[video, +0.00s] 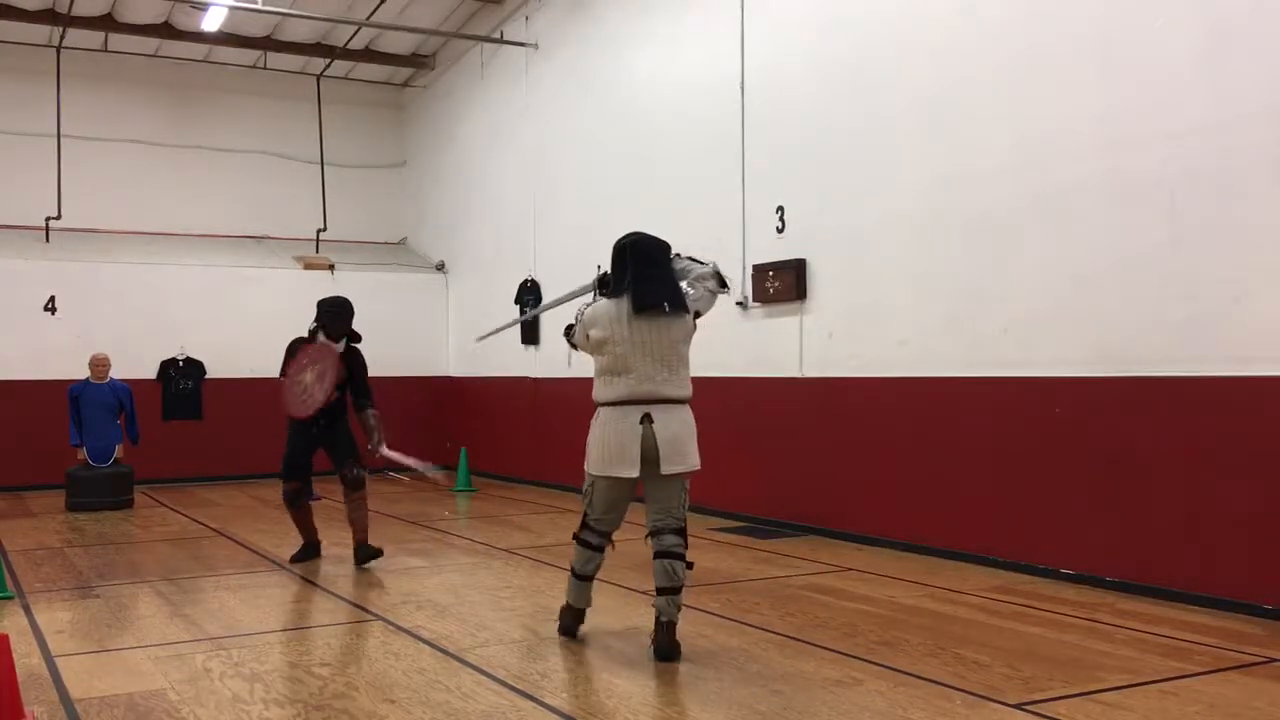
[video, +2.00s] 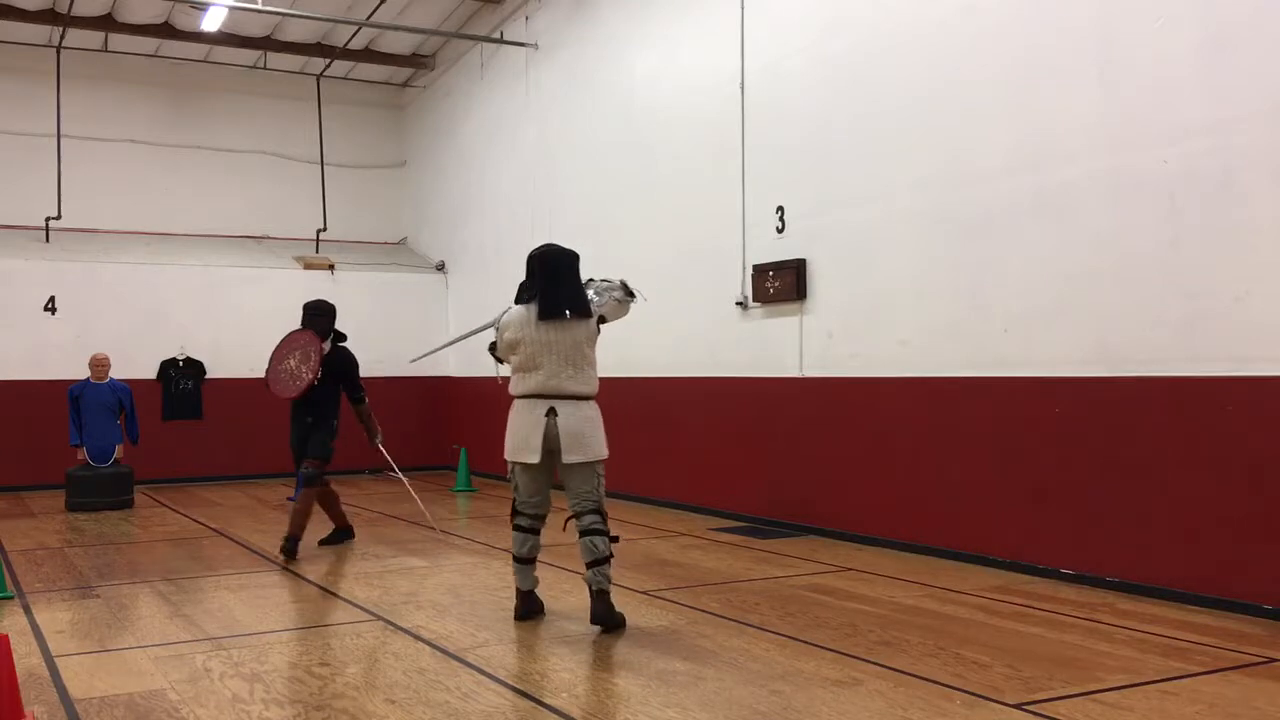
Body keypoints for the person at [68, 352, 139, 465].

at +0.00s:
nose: (100, 369)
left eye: (104, 366)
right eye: (97, 366)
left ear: (109, 367)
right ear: (90, 367)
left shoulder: (121, 389)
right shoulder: (77, 390)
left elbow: (130, 415)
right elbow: (74, 419)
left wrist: (133, 437)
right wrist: (78, 444)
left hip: (113, 444)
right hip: (88, 444)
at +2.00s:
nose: (100, 369)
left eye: (104, 366)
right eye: (96, 366)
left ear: (109, 367)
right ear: (89, 367)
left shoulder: (121, 389)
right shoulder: (77, 390)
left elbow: (130, 415)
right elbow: (74, 419)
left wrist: (133, 437)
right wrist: (78, 444)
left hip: (114, 445)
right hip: (87, 445)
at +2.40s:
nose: (100, 369)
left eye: (104, 366)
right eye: (96, 366)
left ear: (110, 367)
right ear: (89, 367)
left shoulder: (121, 389)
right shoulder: (77, 390)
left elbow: (130, 415)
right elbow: (74, 419)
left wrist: (133, 437)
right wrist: (78, 445)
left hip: (113, 444)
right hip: (88, 444)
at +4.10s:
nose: (100, 369)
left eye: (103, 366)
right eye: (96, 366)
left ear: (109, 367)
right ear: (89, 367)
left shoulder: (121, 389)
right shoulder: (77, 390)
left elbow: (130, 416)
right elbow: (74, 420)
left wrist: (133, 438)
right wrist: (78, 445)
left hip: (114, 445)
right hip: (88, 444)